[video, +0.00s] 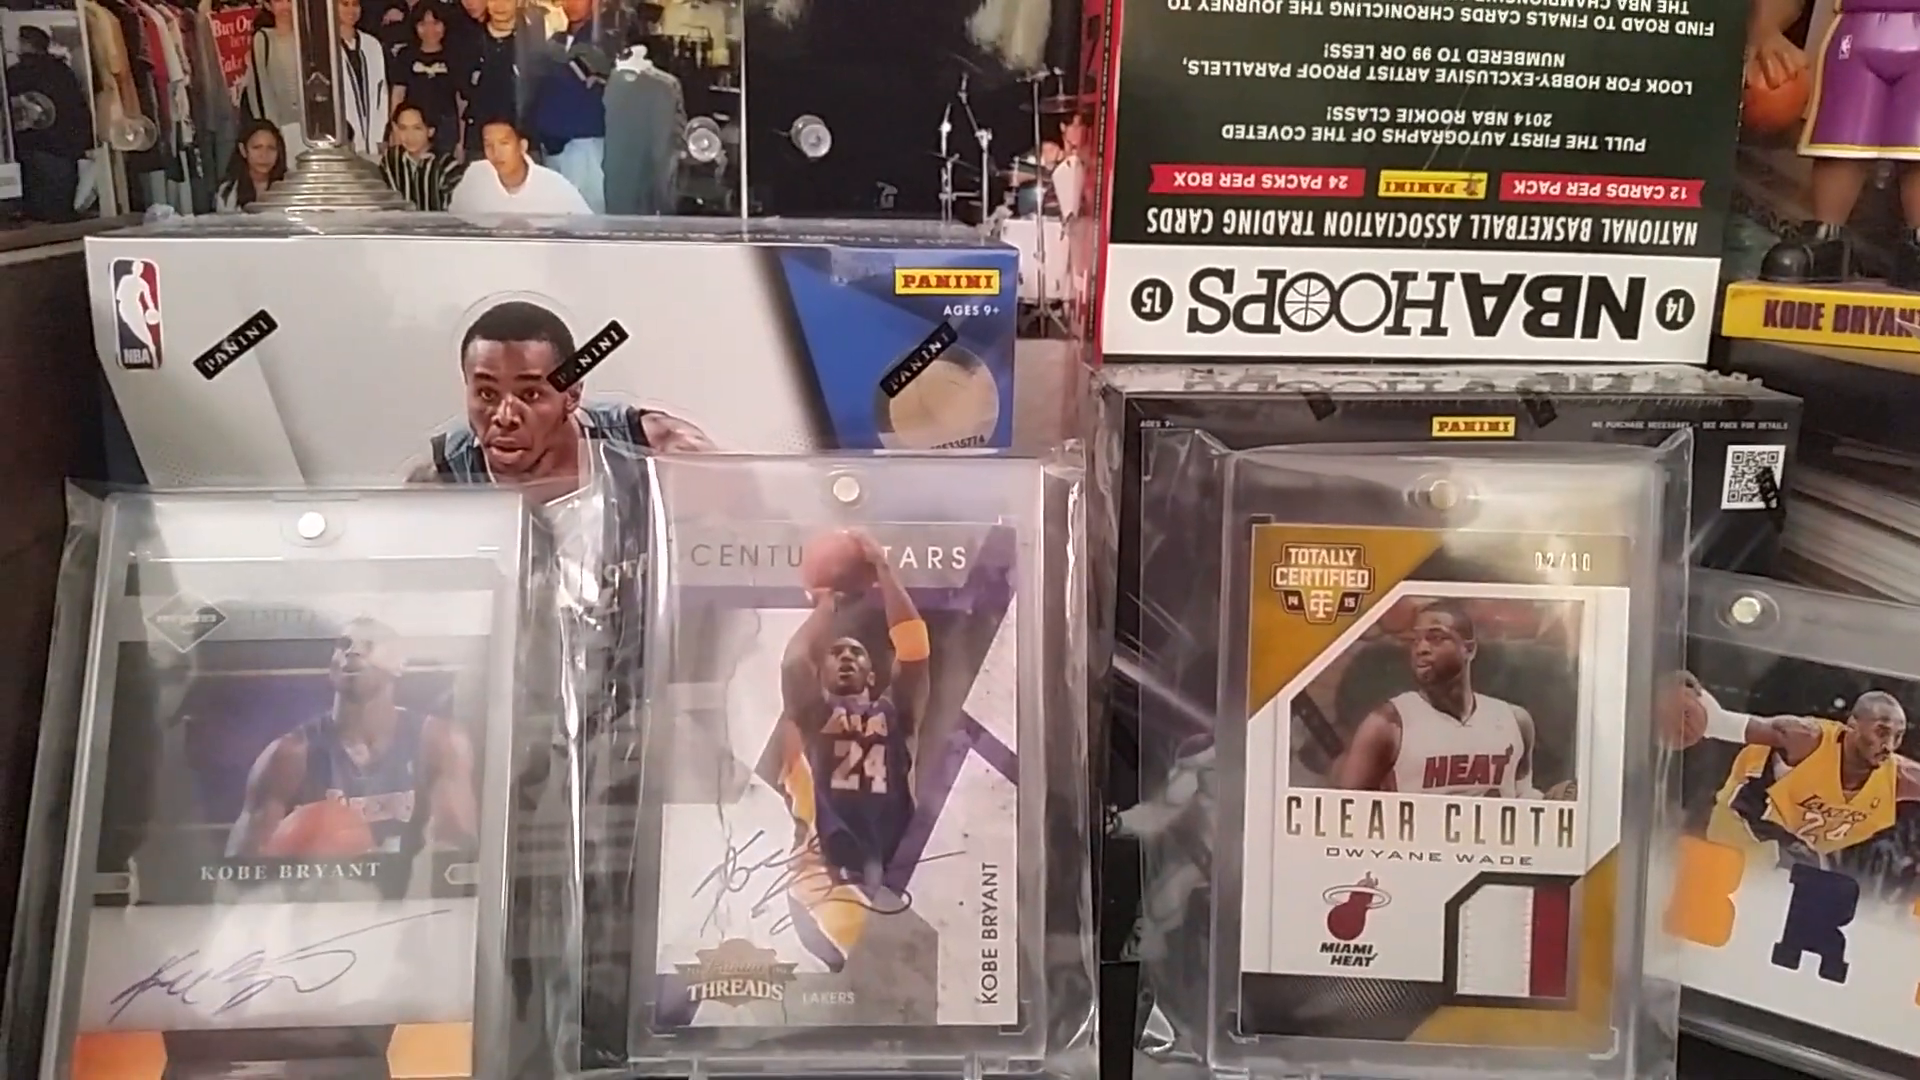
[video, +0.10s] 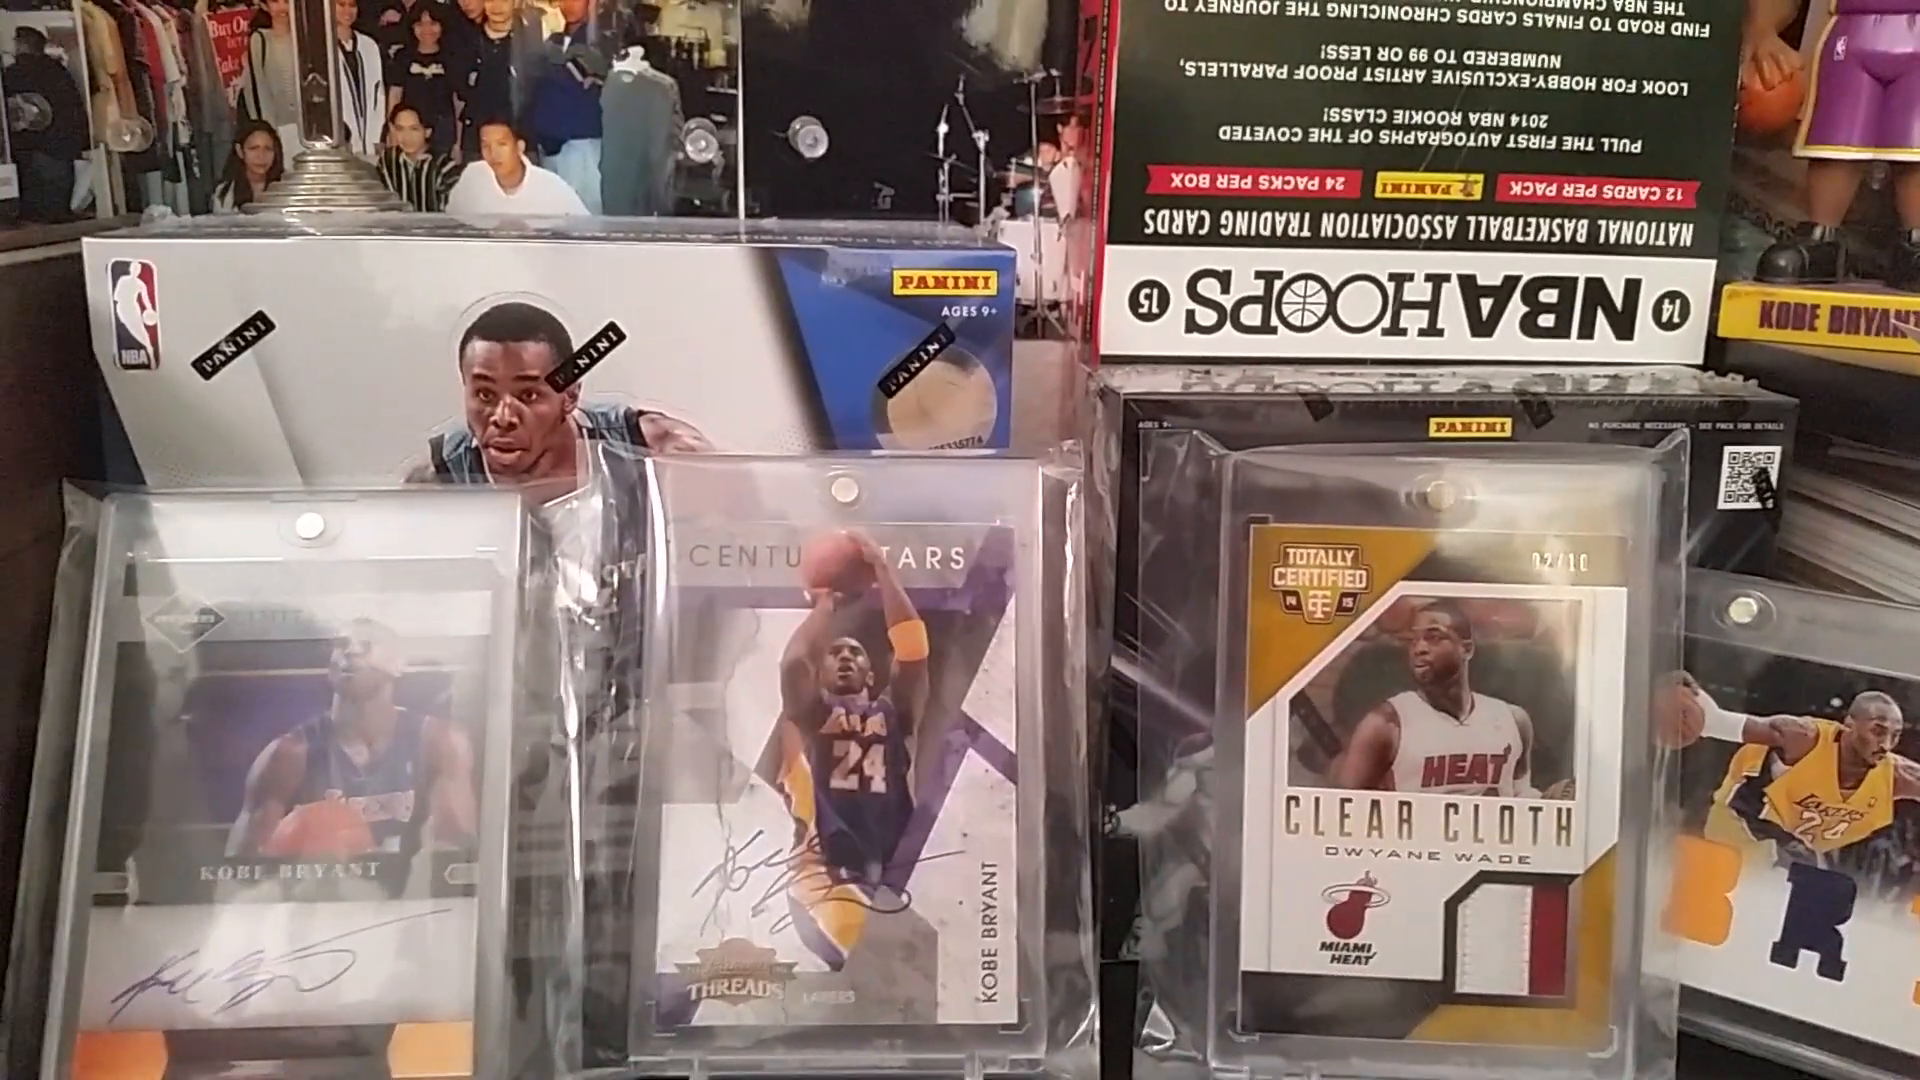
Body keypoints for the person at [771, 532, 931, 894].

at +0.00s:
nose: (846, 658)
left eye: (857, 653)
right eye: (836, 653)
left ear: (871, 672)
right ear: (821, 669)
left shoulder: (896, 713)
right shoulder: (815, 717)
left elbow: (913, 644)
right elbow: (795, 661)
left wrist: (883, 568)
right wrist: (826, 603)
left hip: (886, 864)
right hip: (824, 861)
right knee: (846, 925)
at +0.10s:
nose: (845, 658)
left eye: (855, 652)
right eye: (834, 653)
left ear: (871, 670)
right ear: (817, 672)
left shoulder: (896, 712)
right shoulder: (809, 715)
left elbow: (911, 647)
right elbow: (794, 662)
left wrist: (883, 568)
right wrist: (825, 604)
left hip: (886, 868)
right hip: (823, 868)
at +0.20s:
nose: (856, 658)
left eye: (867, 651)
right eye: (846, 651)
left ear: (882, 665)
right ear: (828, 662)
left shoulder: (901, 703)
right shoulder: (822, 708)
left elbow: (922, 643)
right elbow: (810, 657)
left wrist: (894, 576)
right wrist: (834, 604)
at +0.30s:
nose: (880, 656)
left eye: (890, 648)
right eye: (868, 649)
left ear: (906, 662)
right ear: (850, 663)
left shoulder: (927, 706)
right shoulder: (843, 710)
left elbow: (944, 640)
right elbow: (830, 656)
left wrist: (914, 568)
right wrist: (858, 599)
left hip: (921, 861)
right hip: (858, 866)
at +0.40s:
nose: (895, 651)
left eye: (905, 645)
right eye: (884, 645)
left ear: (921, 662)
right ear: (866, 662)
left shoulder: (943, 707)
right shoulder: (858, 708)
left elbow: (960, 641)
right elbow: (844, 654)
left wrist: (930, 561)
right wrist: (876, 597)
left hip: (937, 859)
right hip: (871, 860)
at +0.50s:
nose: (911, 649)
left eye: (920, 644)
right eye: (899, 644)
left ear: (936, 661)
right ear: (881, 660)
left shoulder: (958, 704)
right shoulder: (873, 704)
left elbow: (974, 638)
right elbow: (860, 653)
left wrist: (947, 562)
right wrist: (889, 596)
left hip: (949, 863)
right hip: (888, 863)